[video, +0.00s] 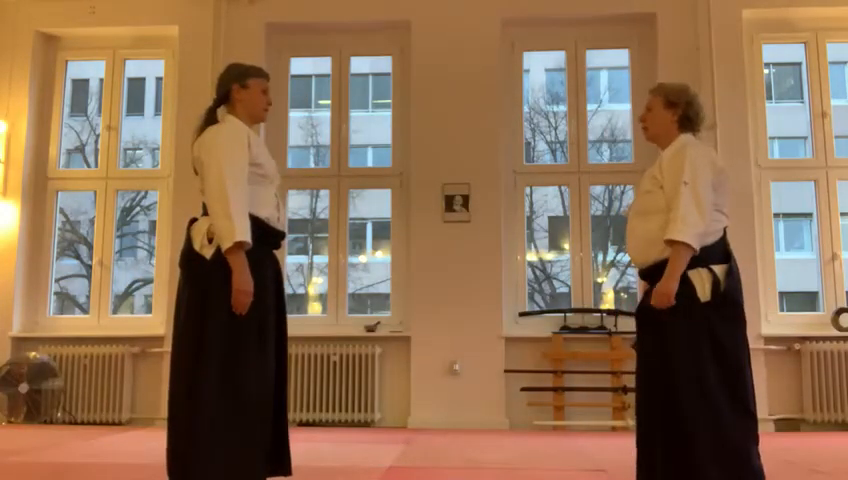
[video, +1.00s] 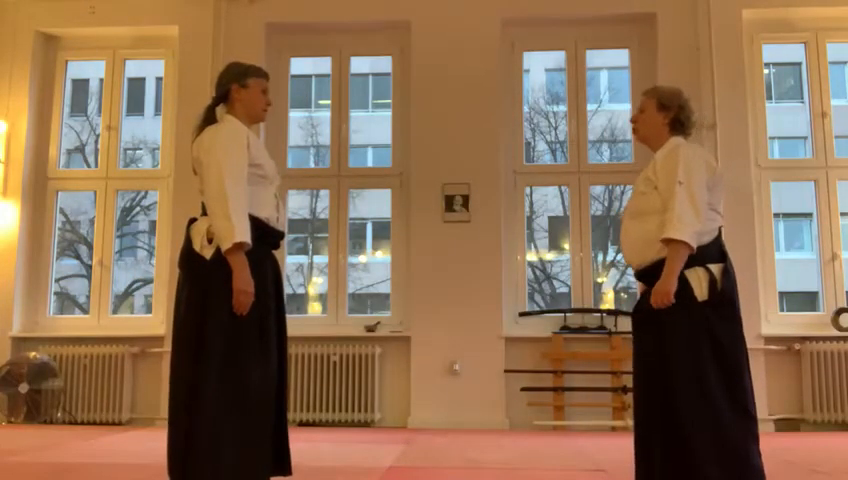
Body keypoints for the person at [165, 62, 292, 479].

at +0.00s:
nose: (269, 99)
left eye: (269, 92)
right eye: (262, 92)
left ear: (246, 97)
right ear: (236, 94)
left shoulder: (246, 136)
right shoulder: (226, 133)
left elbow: (245, 202)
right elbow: (223, 198)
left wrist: (265, 256)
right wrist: (239, 264)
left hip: (249, 256)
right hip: (230, 259)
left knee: (246, 366)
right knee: (230, 366)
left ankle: (242, 463)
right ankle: (225, 465)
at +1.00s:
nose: (269, 100)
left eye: (269, 93)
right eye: (262, 92)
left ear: (243, 96)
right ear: (235, 94)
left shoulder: (243, 136)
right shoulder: (225, 133)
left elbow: (240, 201)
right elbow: (221, 199)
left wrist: (261, 257)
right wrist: (239, 264)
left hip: (246, 256)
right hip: (229, 259)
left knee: (244, 368)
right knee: (230, 368)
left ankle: (241, 464)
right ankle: (227, 466)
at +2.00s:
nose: (273, 102)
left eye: (274, 94)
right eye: (267, 93)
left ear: (243, 96)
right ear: (240, 92)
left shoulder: (223, 133)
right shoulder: (238, 134)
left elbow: (254, 193)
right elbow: (262, 189)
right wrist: (324, 200)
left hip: (214, 249)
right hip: (234, 255)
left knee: (217, 359)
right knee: (238, 360)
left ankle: (214, 463)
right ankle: (236, 464)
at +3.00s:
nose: (245, 113)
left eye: (247, 106)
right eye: (239, 104)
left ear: (217, 103)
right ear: (212, 99)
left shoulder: (214, 145)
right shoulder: (195, 140)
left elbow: (211, 215)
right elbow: (186, 201)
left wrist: (233, 271)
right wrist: (249, 232)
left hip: (204, 264)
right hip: (184, 264)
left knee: (205, 374)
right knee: (187, 375)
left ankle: (201, 470)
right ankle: (186, 471)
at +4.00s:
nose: (160, 118)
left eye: (162, 111)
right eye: (154, 109)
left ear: (145, 115)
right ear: (127, 108)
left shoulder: (151, 168)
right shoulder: (95, 154)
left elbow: (156, 228)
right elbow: (91, 219)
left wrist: (174, 287)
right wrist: (145, 262)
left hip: (138, 280)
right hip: (93, 277)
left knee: (144, 382)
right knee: (87, 382)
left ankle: (139, 468)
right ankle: (81, 468)